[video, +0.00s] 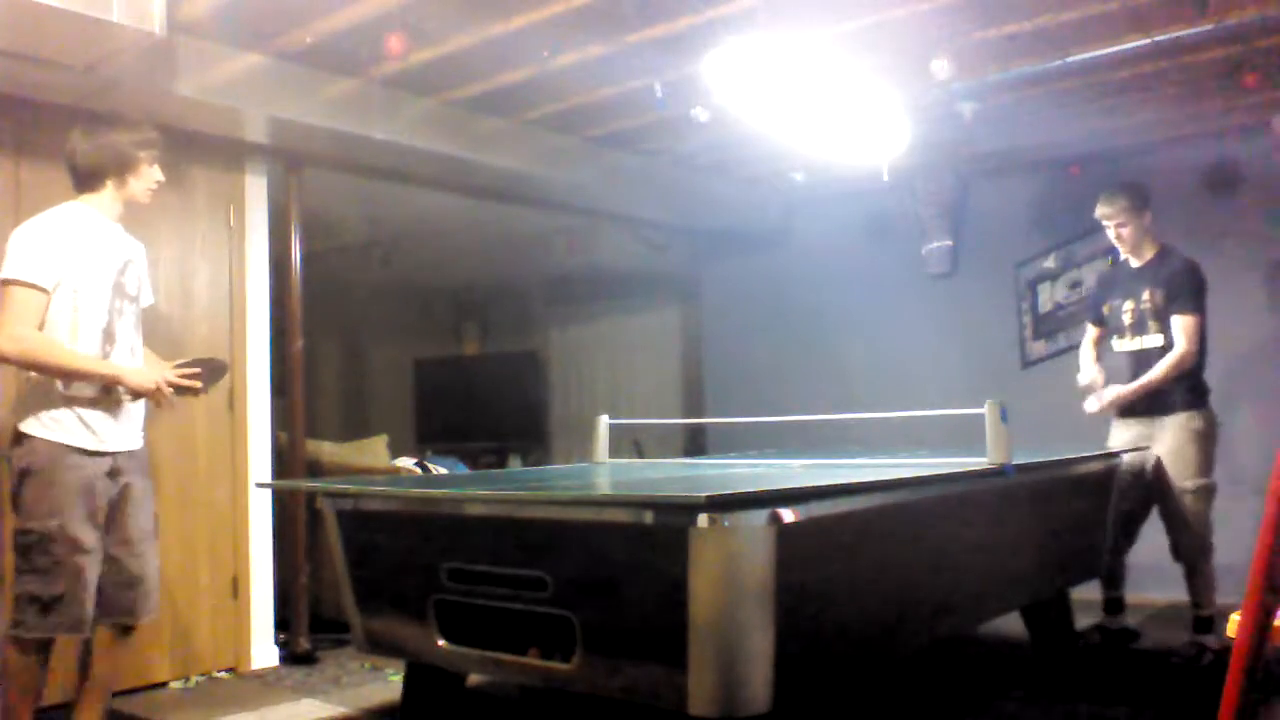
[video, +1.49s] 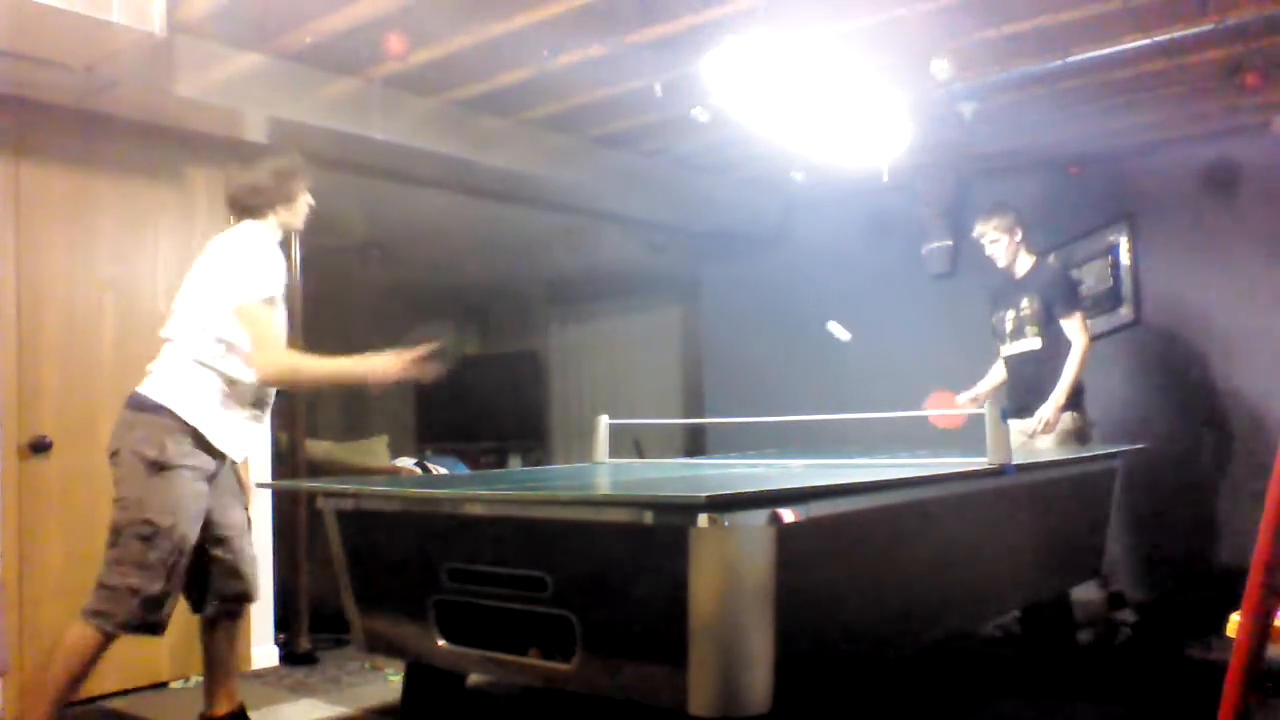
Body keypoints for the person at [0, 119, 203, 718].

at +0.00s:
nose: (160, 177)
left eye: (158, 164)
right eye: (150, 163)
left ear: (127, 169)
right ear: (115, 165)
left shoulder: (132, 252)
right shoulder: (44, 235)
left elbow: (124, 340)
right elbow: (14, 338)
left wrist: (164, 372)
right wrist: (121, 371)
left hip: (123, 446)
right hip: (57, 446)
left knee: (126, 602)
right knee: (44, 607)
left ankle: (88, 710)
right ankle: (19, 713)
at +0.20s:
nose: (172, 181)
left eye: (170, 168)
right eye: (163, 168)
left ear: (136, 174)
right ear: (129, 172)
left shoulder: (144, 256)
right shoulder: (53, 239)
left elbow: (135, 341)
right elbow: (18, 342)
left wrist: (170, 376)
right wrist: (125, 379)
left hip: (135, 443)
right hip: (65, 447)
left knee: (181, 583)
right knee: (54, 607)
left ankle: (167, 708)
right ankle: (21, 713)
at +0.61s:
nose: (258, 210)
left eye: (258, 197)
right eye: (253, 195)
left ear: (219, 196)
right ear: (223, 196)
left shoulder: (214, 271)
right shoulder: (141, 258)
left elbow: (209, 364)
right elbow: (110, 363)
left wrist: (241, 408)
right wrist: (212, 410)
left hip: (181, 448)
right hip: (119, 448)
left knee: (207, 585)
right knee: (80, 599)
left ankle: (214, 711)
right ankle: (26, 716)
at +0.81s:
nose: (311, 242)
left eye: (312, 230)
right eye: (305, 228)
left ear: (266, 228)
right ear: (276, 227)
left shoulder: (248, 281)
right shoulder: (228, 276)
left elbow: (228, 386)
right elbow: (224, 394)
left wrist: (261, 451)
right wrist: (315, 428)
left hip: (190, 451)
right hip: (135, 443)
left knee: (220, 586)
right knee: (87, 596)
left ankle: (217, 711)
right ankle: (27, 713)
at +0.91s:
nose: (334, 255)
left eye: (335, 245)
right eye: (330, 243)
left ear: (284, 239)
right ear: (301, 242)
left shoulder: (249, 284)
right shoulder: (267, 292)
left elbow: (208, 386)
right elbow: (292, 408)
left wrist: (249, 456)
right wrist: (386, 435)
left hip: (193, 455)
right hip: (142, 446)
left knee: (222, 586)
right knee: (84, 597)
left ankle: (218, 710)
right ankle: (27, 711)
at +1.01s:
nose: (345, 263)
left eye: (347, 252)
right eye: (341, 250)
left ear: (295, 242)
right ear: (314, 244)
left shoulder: (256, 284)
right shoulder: (292, 295)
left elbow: (206, 372)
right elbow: (352, 391)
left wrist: (231, 449)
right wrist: (448, 409)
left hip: (195, 454)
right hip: (149, 442)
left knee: (221, 582)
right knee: (86, 587)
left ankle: (219, 708)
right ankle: (8, 699)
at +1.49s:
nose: (311, 200)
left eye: (308, 190)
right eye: (303, 190)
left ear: (257, 197)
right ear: (278, 198)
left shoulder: (243, 250)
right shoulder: (253, 247)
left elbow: (195, 344)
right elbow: (271, 361)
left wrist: (229, 453)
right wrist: (374, 368)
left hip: (208, 443)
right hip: (168, 429)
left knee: (230, 585)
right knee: (128, 588)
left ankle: (224, 710)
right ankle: (35, 710)